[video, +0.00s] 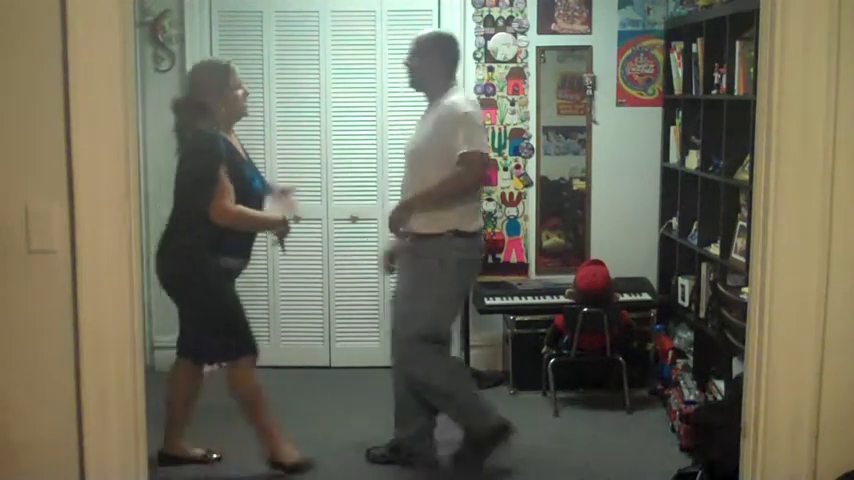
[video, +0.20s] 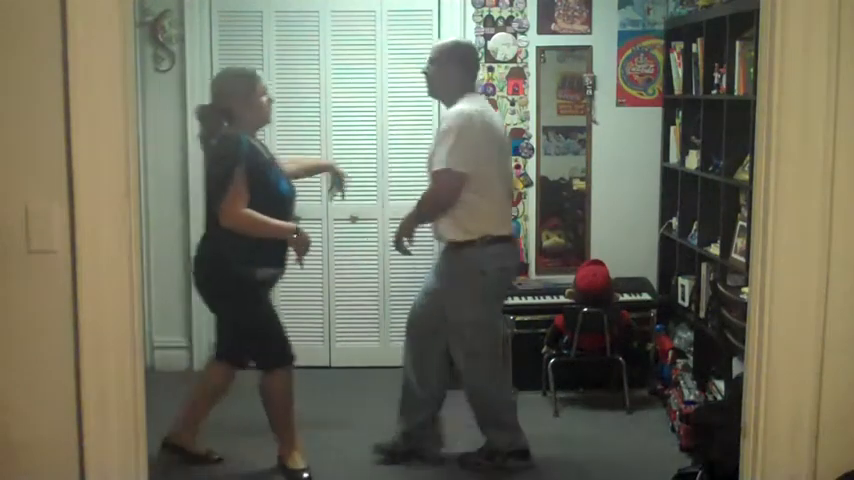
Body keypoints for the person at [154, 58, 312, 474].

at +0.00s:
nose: (245, 92)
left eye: (242, 85)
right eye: (237, 87)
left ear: (218, 96)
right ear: (216, 97)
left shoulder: (225, 138)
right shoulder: (208, 143)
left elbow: (238, 188)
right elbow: (219, 211)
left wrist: (273, 195)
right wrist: (272, 221)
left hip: (208, 260)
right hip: (195, 263)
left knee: (191, 354)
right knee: (240, 352)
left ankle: (174, 445)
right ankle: (276, 449)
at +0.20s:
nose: (269, 98)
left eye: (266, 92)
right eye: (260, 94)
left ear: (241, 105)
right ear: (237, 104)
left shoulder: (250, 144)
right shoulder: (234, 148)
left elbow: (279, 171)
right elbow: (230, 214)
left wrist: (324, 165)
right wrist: (289, 231)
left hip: (245, 269)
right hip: (228, 271)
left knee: (230, 356)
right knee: (276, 356)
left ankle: (182, 437)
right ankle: (289, 452)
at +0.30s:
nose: (283, 98)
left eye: (280, 92)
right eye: (275, 93)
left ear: (255, 103)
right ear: (252, 103)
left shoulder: (270, 143)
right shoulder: (246, 146)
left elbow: (306, 167)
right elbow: (239, 211)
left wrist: (353, 157)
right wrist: (299, 232)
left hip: (269, 267)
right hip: (245, 269)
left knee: (282, 353)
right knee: (284, 354)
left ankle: (216, 411)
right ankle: (290, 455)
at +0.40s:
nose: (295, 98)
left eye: (292, 92)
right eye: (287, 94)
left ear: (276, 104)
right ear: (263, 104)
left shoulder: (295, 144)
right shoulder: (254, 148)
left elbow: (329, 161)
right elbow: (244, 212)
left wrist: (376, 147)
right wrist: (303, 225)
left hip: (290, 265)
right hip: (253, 268)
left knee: (325, 350)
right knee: (290, 358)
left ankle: (278, 415)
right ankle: (288, 447)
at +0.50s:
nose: (306, 98)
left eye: (303, 92)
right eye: (298, 93)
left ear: (289, 103)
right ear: (273, 104)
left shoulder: (315, 144)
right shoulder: (260, 154)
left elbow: (354, 156)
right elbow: (247, 217)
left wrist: (395, 144)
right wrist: (302, 223)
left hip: (309, 265)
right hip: (263, 268)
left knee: (343, 349)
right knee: (291, 362)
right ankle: (289, 454)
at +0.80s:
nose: (320, 92)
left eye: (319, 85)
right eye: (310, 88)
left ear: (319, 95)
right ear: (285, 101)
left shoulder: (349, 143)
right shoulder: (262, 156)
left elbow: (390, 184)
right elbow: (230, 209)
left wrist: (390, 177)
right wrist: (244, 232)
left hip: (351, 266)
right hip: (292, 267)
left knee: (364, 355)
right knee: (275, 350)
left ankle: (377, 437)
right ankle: (310, 439)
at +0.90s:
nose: (305, 94)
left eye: (310, 87)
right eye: (296, 88)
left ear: (319, 95)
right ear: (279, 100)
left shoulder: (339, 144)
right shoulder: (266, 152)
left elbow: (376, 183)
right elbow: (249, 194)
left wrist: (338, 174)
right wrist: (226, 228)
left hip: (350, 266)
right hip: (298, 270)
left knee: (359, 356)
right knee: (276, 350)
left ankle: (376, 438)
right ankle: (316, 444)